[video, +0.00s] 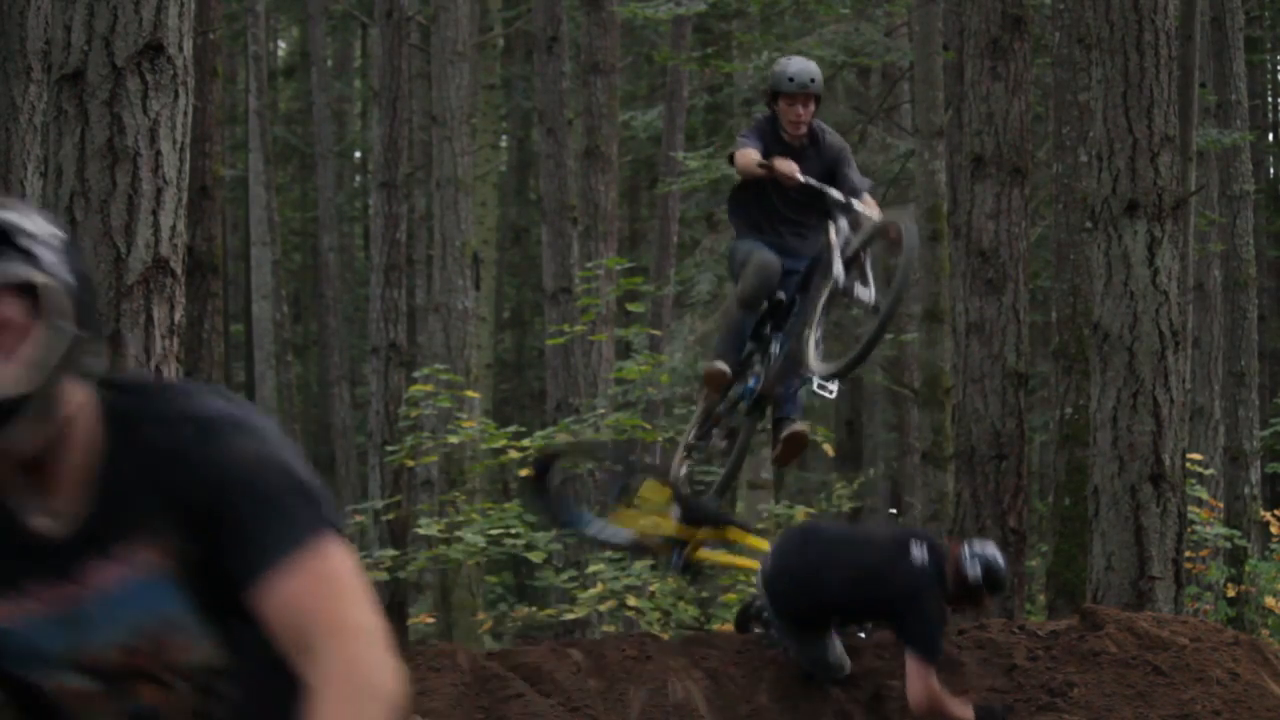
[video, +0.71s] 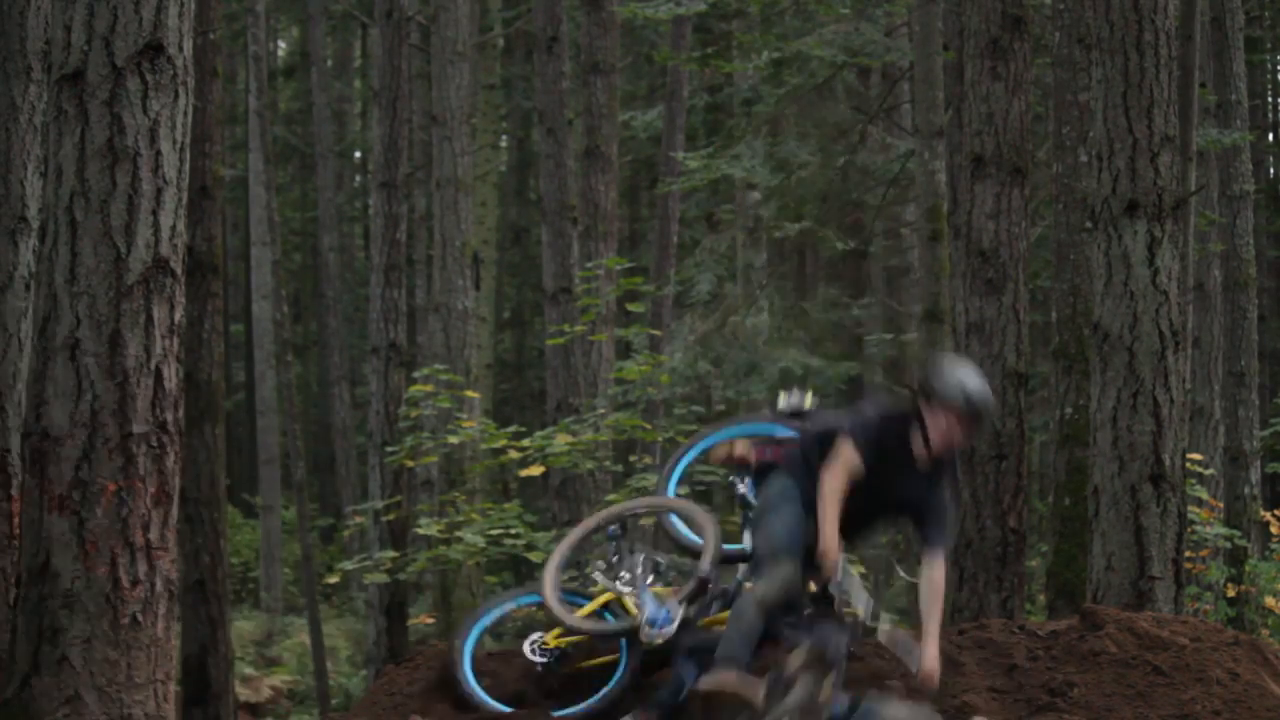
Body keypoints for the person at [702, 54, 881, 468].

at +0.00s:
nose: (799, 111)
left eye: (806, 103)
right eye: (791, 103)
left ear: (816, 105)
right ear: (775, 103)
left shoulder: (831, 147)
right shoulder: (760, 130)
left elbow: (861, 197)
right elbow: (742, 161)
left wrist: (879, 226)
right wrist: (771, 166)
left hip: (805, 254)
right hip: (755, 243)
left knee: (797, 335)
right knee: (765, 267)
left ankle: (789, 426)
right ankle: (725, 361)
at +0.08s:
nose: (806, 123)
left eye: (814, 114)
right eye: (798, 114)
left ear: (824, 116)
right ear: (780, 113)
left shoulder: (839, 162)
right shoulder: (764, 143)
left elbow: (865, 215)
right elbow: (750, 175)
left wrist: (881, 252)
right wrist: (782, 183)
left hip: (805, 267)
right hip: (756, 256)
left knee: (796, 350)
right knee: (760, 292)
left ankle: (784, 441)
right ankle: (720, 385)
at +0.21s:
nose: (825, 151)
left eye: (833, 143)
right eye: (817, 141)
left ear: (844, 145)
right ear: (800, 140)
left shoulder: (854, 194)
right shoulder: (779, 171)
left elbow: (869, 261)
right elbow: (760, 208)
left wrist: (876, 319)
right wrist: (781, 231)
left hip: (810, 298)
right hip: (759, 285)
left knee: (793, 390)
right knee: (752, 340)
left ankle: (775, 488)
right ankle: (725, 430)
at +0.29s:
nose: (841, 172)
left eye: (848, 163)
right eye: (832, 161)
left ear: (858, 164)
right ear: (813, 158)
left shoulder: (862, 213)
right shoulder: (788, 187)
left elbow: (871, 281)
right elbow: (764, 230)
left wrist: (878, 336)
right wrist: (774, 268)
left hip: (815, 313)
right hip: (766, 299)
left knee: (794, 406)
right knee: (760, 361)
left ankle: (766, 509)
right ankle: (730, 446)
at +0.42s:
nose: (873, 227)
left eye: (879, 218)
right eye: (864, 216)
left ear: (884, 218)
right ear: (838, 211)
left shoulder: (882, 263)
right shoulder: (804, 243)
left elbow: (899, 331)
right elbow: (783, 286)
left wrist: (917, 386)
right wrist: (795, 320)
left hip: (817, 362)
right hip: (774, 342)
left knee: (794, 470)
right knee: (774, 410)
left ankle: (753, 576)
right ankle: (729, 501)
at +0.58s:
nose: (916, 332)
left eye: (925, 324)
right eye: (909, 319)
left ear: (930, 328)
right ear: (885, 310)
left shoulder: (915, 377)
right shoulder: (847, 334)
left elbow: (920, 456)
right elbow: (816, 388)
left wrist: (928, 529)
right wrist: (825, 438)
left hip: (824, 458)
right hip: (784, 431)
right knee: (788, 509)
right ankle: (751, 596)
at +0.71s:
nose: (957, 432)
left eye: (967, 425)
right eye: (953, 416)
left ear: (969, 430)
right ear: (929, 403)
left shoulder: (937, 483)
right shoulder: (884, 421)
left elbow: (934, 564)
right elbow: (834, 474)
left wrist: (930, 645)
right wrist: (829, 550)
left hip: (829, 532)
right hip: (792, 488)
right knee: (779, 573)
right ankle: (727, 671)